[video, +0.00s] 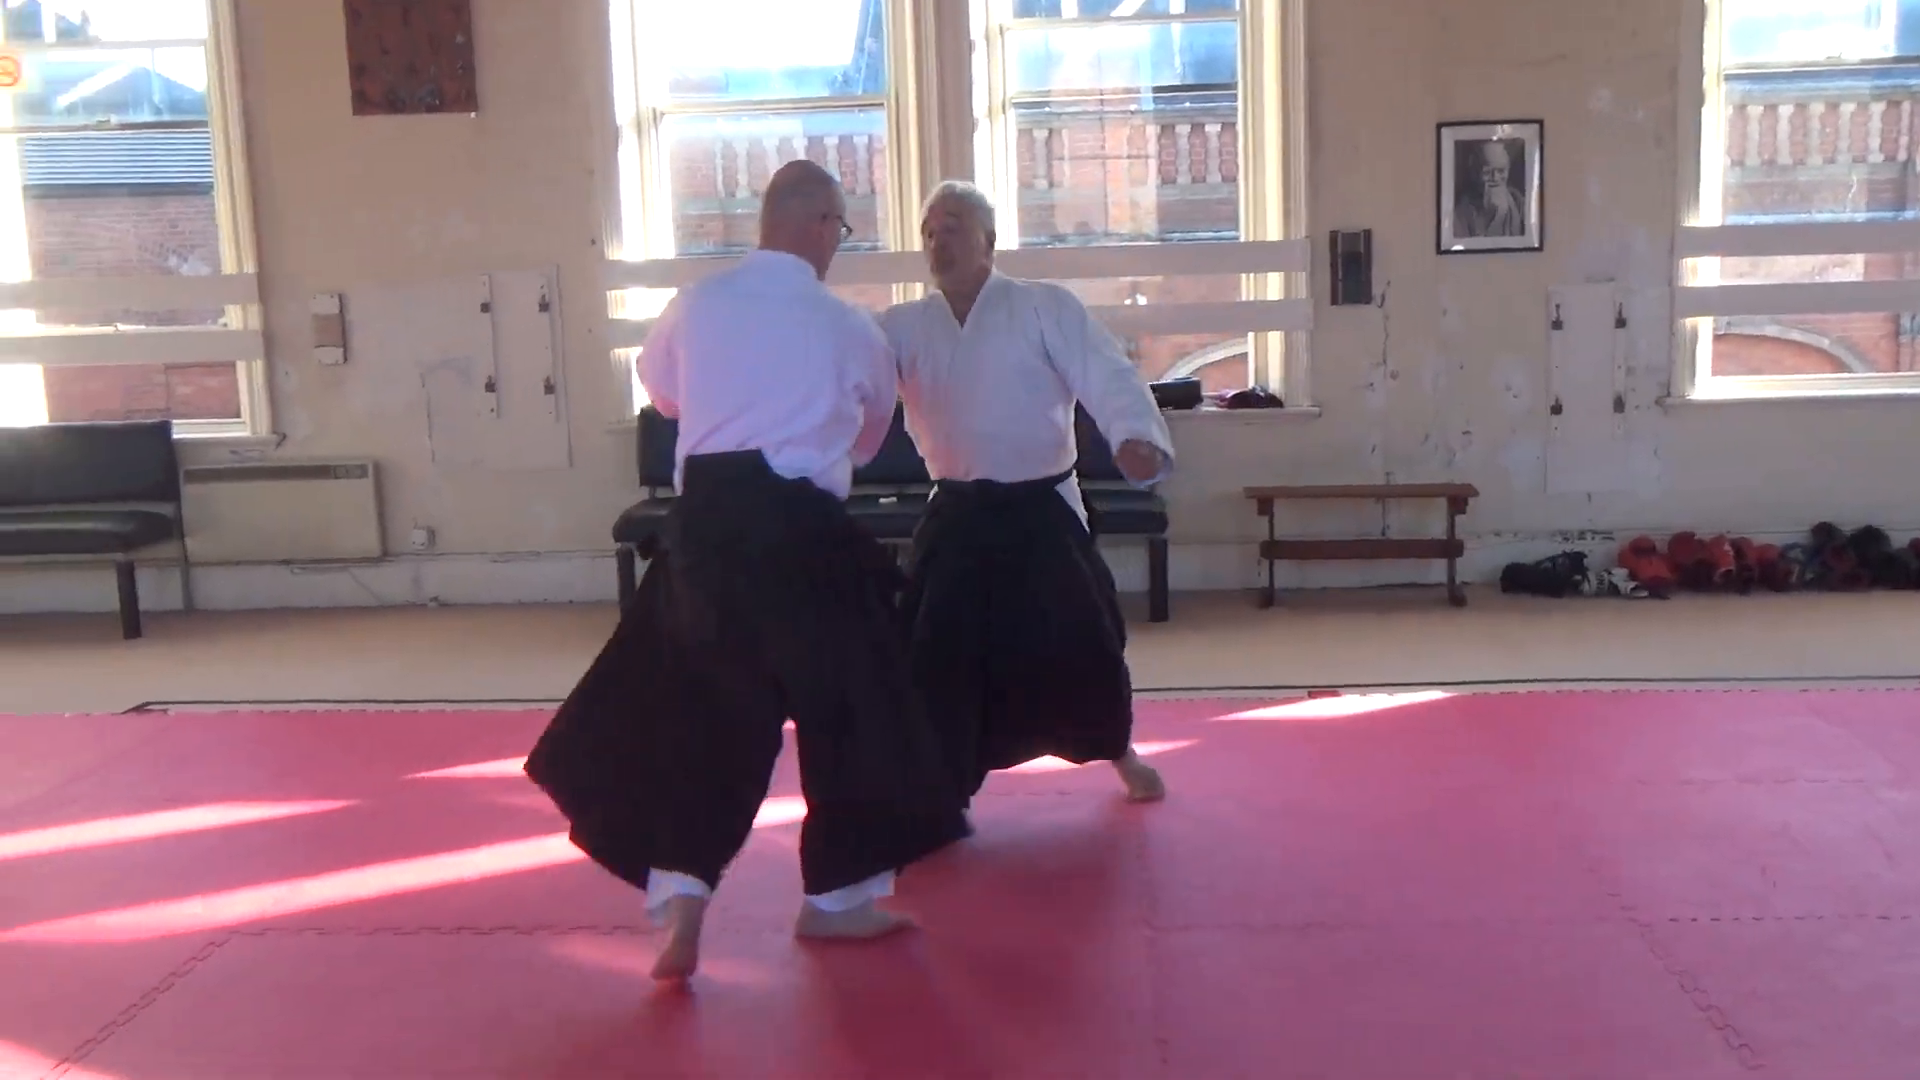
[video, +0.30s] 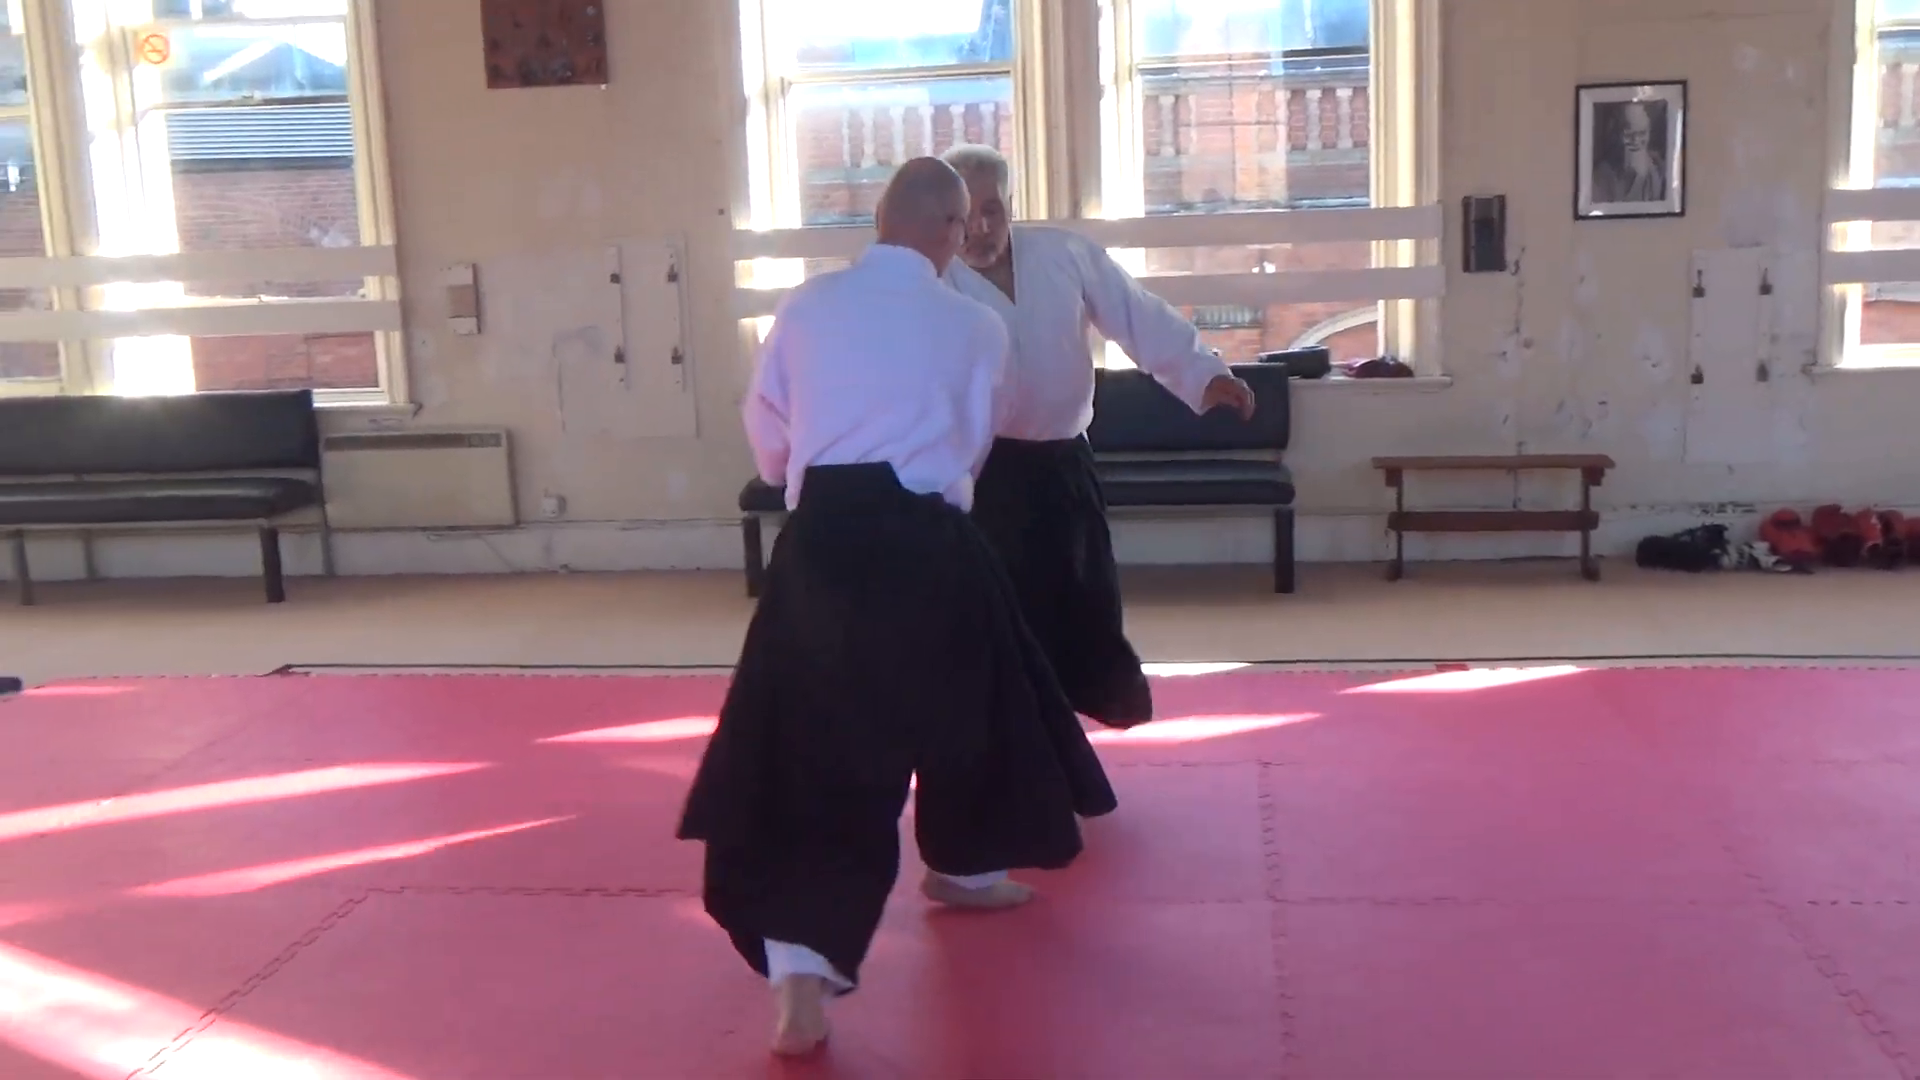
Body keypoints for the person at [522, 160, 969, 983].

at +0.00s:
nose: (839, 240)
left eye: (837, 227)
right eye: (840, 228)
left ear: (762, 224)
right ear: (825, 231)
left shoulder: (694, 304)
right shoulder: (852, 328)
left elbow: (659, 390)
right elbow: (869, 441)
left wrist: (737, 418)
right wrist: (797, 438)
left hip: (702, 519)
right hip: (801, 526)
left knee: (711, 708)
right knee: (846, 703)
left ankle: (682, 889)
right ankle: (838, 893)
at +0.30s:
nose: (967, 240)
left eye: (967, 225)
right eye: (965, 227)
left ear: (876, 221)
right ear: (950, 231)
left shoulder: (805, 308)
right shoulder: (980, 321)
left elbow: (767, 433)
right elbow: (979, 433)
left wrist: (818, 490)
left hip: (823, 540)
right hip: (935, 539)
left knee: (813, 744)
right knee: (962, 689)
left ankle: (796, 951)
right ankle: (958, 860)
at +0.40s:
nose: (1006, 247)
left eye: (1008, 234)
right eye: (1005, 234)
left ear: (910, 224)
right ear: (988, 233)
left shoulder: (837, 313)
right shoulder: (1014, 331)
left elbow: (805, 453)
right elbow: (1032, 465)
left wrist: (848, 522)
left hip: (846, 552)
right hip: (963, 554)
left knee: (848, 762)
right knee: (989, 692)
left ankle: (838, 981)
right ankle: (1014, 854)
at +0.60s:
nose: (1101, 241)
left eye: (1100, 227)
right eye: (1101, 227)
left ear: (1009, 223)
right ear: (1081, 230)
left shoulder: (929, 320)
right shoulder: (1098, 336)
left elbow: (895, 480)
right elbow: (1126, 491)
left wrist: (904, 554)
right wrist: (1090, 568)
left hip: (941, 568)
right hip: (1049, 571)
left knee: (939, 769)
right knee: (1091, 722)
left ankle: (909, 968)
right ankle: (1117, 904)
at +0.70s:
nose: (1152, 251)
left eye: (1152, 235)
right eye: (1155, 235)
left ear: (1070, 224)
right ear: (1144, 232)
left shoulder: (989, 325)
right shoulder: (1150, 335)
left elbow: (957, 471)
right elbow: (1195, 479)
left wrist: (949, 559)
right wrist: (1191, 545)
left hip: (987, 550)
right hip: (1096, 558)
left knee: (986, 758)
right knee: (1162, 712)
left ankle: (939, 952)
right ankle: (1134, 904)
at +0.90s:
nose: (1244, 239)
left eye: (1243, 227)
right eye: (1244, 227)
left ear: (1159, 212)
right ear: (1234, 227)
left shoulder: (1087, 305)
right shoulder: (1234, 314)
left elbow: (1054, 425)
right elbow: (1298, 418)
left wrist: (1064, 504)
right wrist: (1310, 504)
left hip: (1075, 526)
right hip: (1177, 534)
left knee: (1087, 706)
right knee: (1204, 711)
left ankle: (1048, 877)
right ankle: (1162, 901)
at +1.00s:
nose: (1258, 237)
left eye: (1259, 225)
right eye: (1261, 226)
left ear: (1178, 212)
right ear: (1253, 227)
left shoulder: (1108, 312)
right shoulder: (1259, 312)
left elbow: (1096, 429)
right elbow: (1340, 427)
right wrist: (1348, 478)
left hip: (1098, 521)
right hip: (1199, 532)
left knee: (1127, 687)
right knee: (1245, 703)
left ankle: (1120, 853)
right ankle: (1179, 897)